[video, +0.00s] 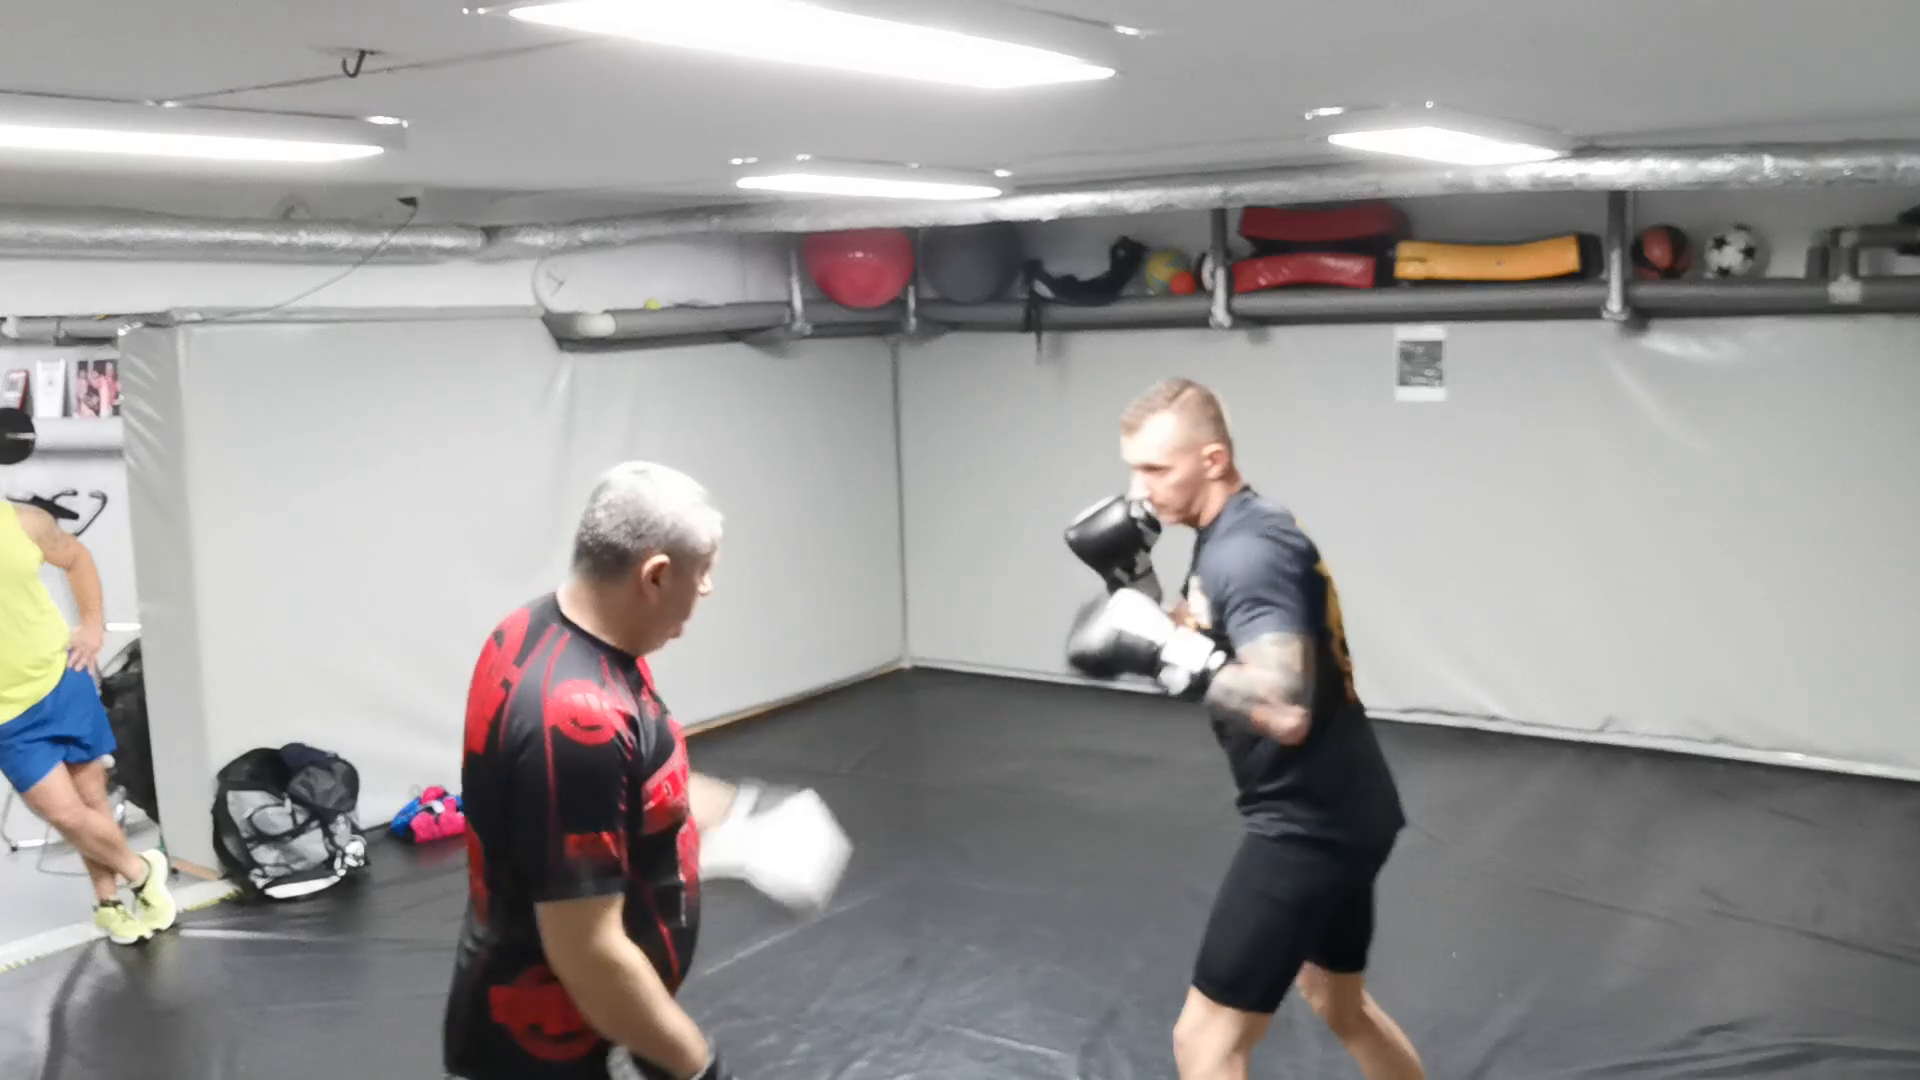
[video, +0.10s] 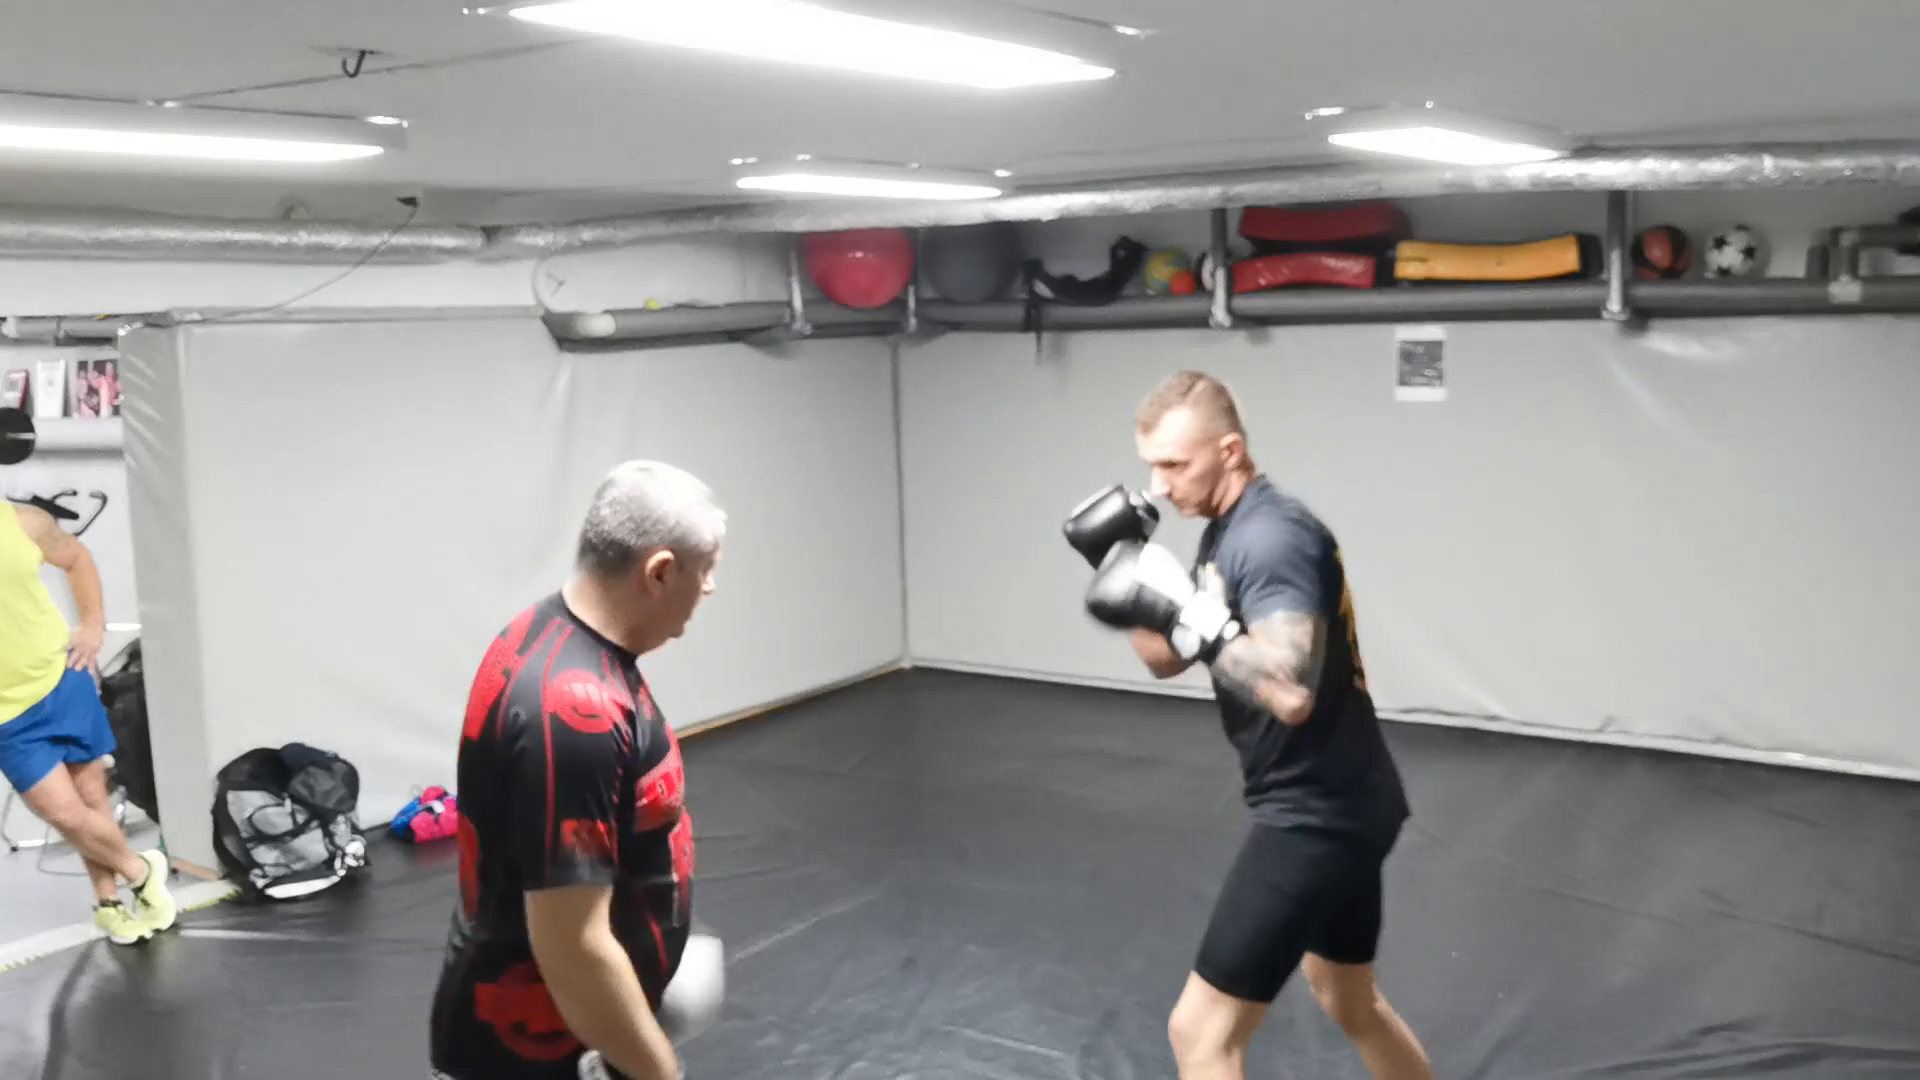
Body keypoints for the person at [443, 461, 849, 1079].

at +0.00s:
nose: (706, 590)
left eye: (708, 573)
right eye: (702, 573)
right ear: (654, 576)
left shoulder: (550, 631)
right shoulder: (572, 720)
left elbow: (639, 782)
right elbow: (586, 948)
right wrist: (697, 1062)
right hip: (553, 1053)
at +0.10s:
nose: (709, 588)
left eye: (712, 571)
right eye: (705, 570)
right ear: (658, 572)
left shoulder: (551, 631)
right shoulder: (571, 709)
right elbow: (571, 944)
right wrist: (659, 1068)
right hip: (541, 1049)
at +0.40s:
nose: (691, 590)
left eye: (693, 572)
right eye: (688, 571)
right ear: (639, 570)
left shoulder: (567, 646)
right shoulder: (541, 700)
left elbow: (638, 763)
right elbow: (543, 922)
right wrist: (635, 1065)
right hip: (518, 1047)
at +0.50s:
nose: (654, 586)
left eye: (657, 568)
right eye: (650, 567)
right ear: (602, 567)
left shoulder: (499, 632)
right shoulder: (528, 706)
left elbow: (633, 697)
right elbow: (552, 929)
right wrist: (650, 1061)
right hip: (531, 1046)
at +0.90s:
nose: (586, 592)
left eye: (589, 575)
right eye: (580, 576)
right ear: (530, 578)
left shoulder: (410, 639)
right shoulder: (502, 723)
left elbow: (592, 613)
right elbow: (562, 950)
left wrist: (679, 520)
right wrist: (648, 1063)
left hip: (442, 1001)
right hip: (527, 1046)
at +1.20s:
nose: (570, 612)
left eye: (569, 593)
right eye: (560, 593)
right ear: (501, 600)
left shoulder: (425, 661)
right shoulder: (428, 751)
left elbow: (499, 819)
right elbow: (464, 982)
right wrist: (582, 1071)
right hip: (435, 1061)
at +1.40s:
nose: (571, 612)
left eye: (571, 592)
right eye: (562, 592)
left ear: (500, 594)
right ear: (502, 593)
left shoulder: (442, 665)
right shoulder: (408, 727)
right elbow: (401, 970)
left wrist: (486, 1034)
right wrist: (485, 1072)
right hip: (383, 1061)